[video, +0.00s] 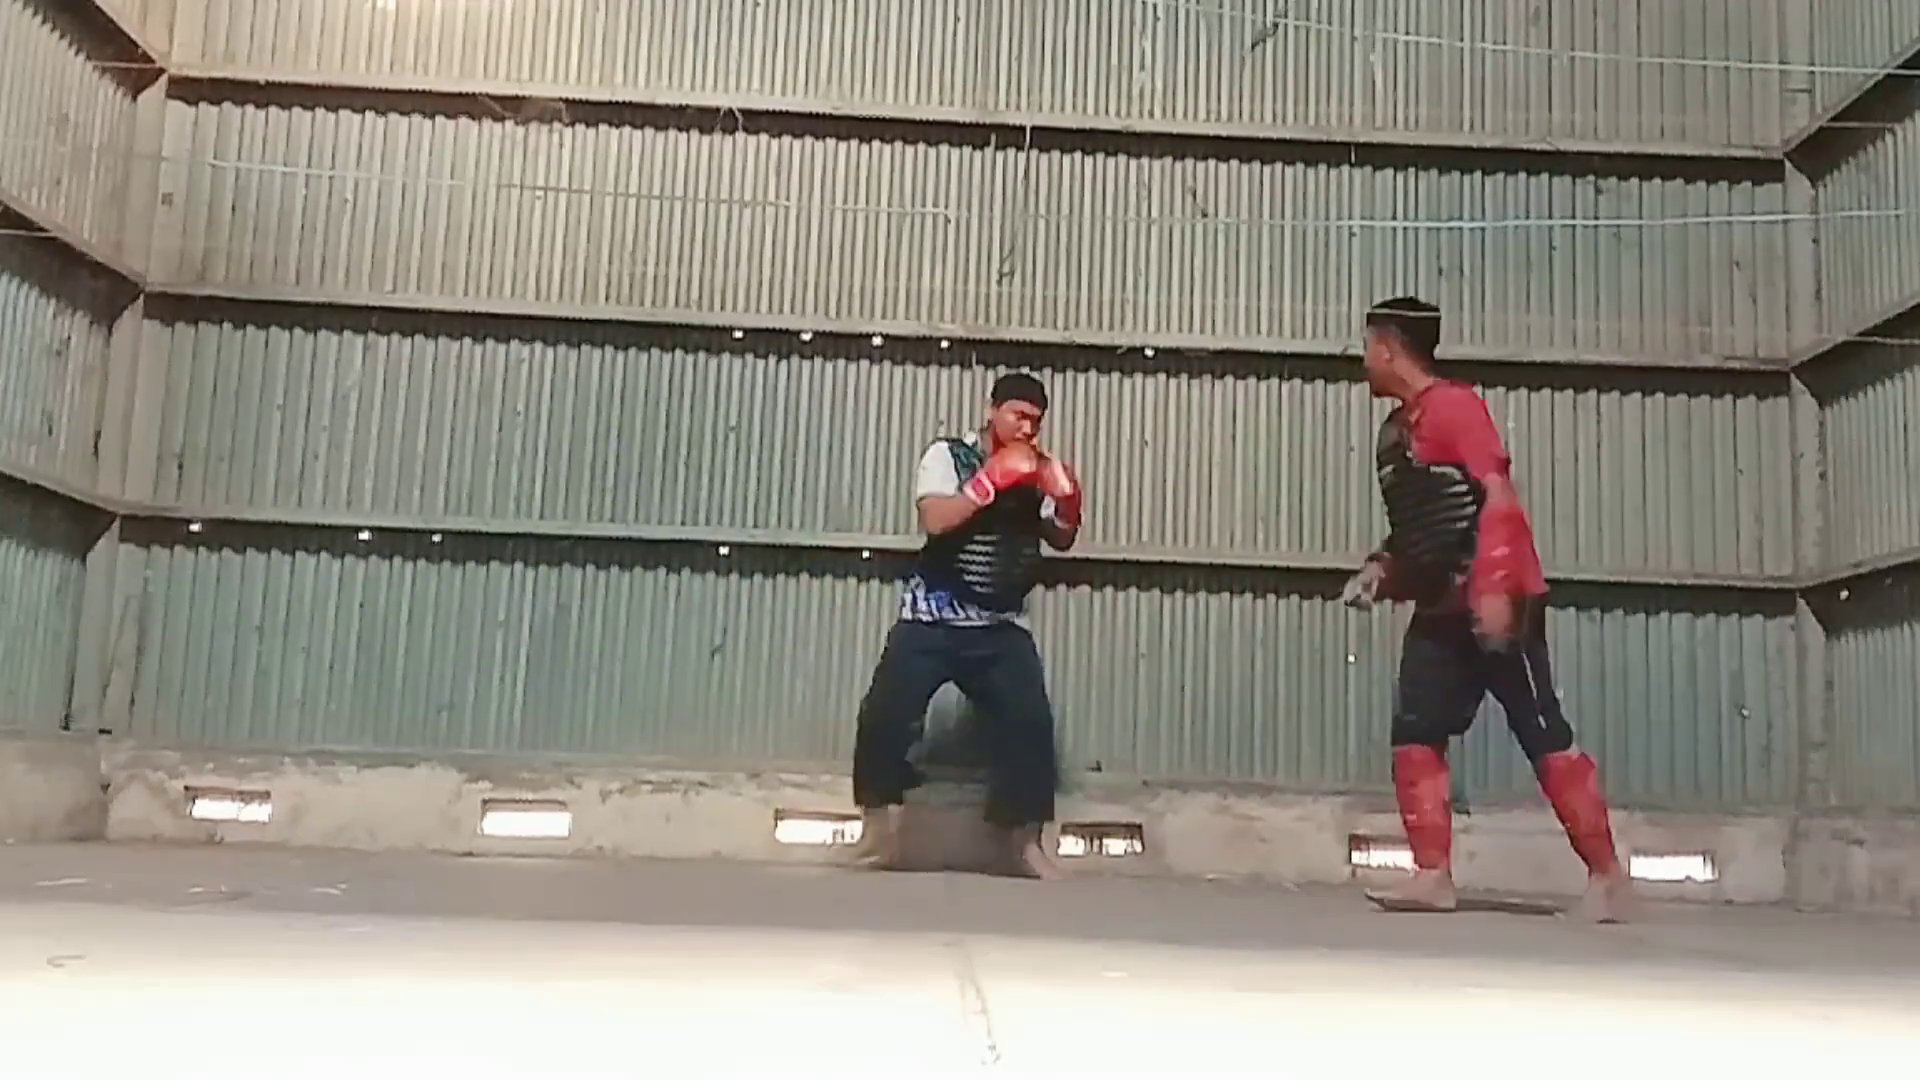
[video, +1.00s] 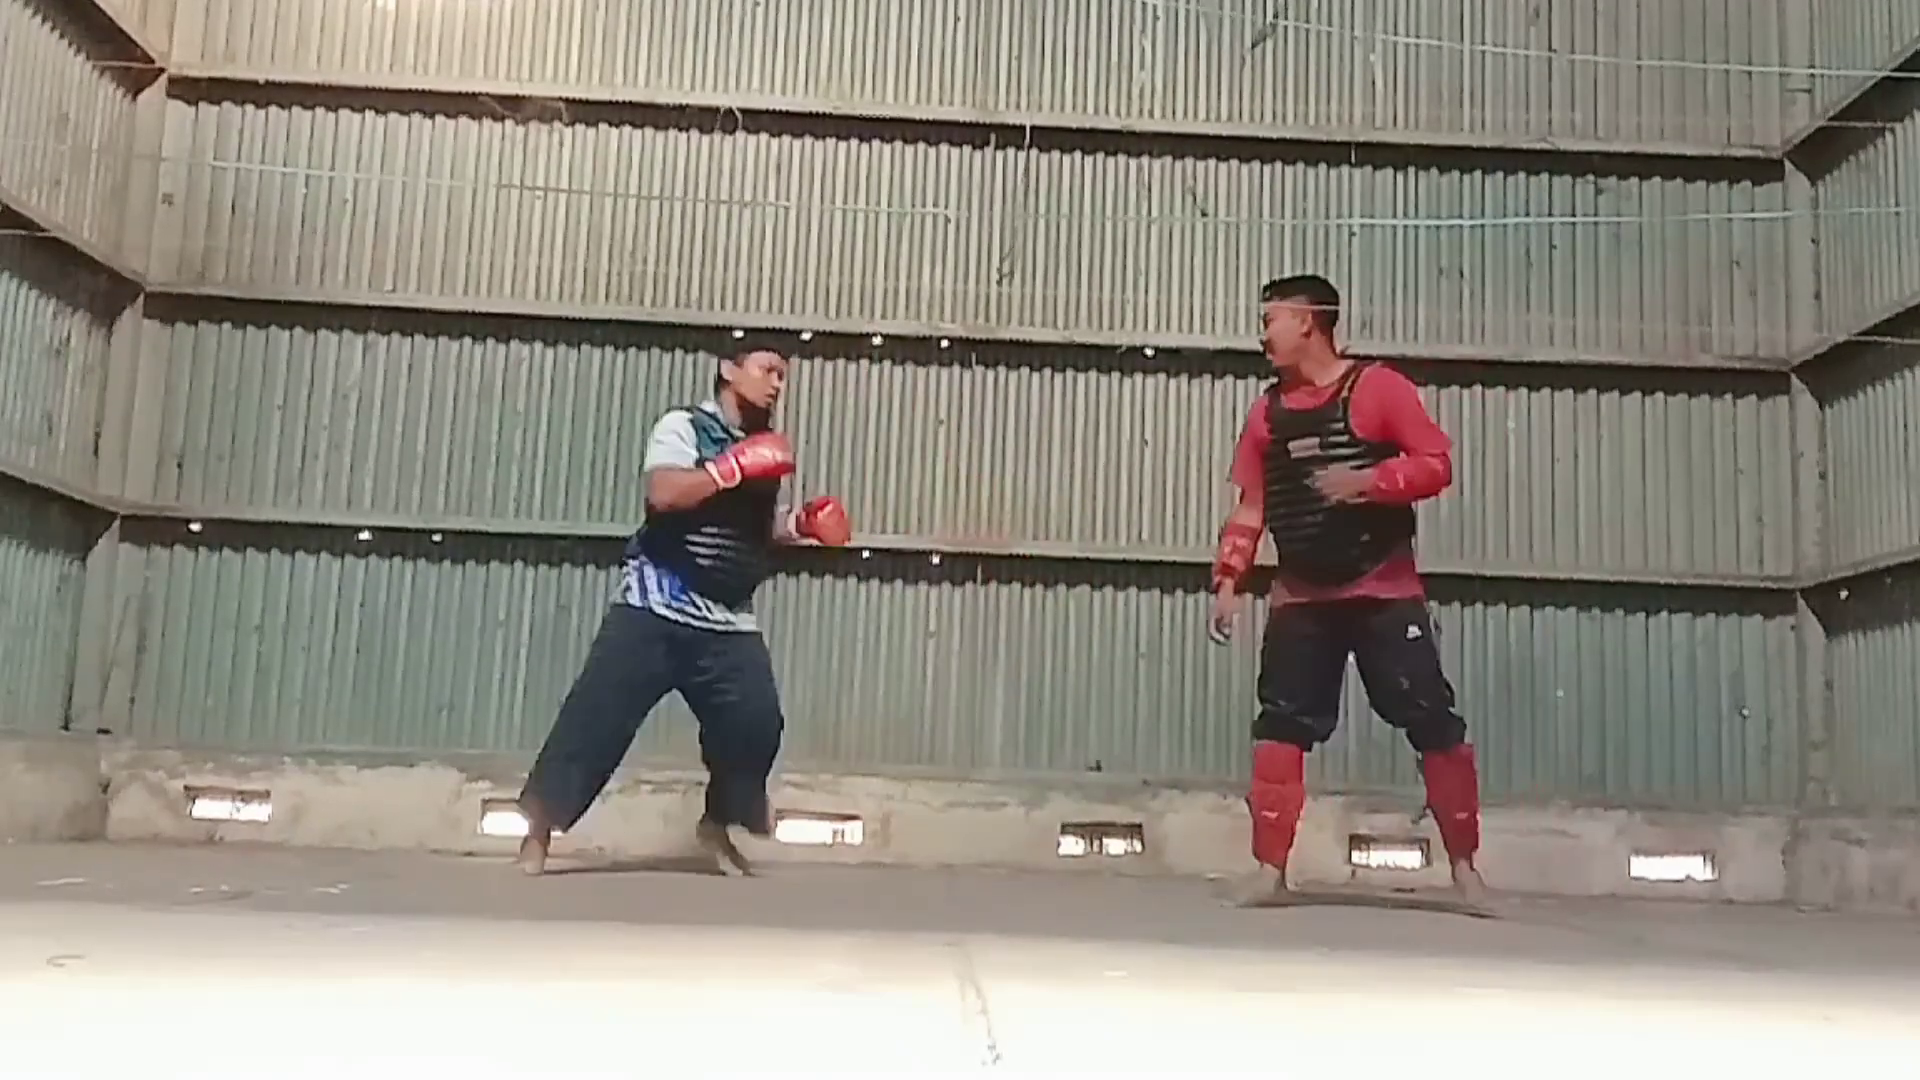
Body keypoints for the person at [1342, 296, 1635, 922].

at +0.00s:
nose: (1364, 360)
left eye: (1369, 347)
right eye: (1366, 348)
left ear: (1392, 349)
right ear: (1403, 350)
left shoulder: (1457, 408)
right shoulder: (1401, 425)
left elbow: (1497, 496)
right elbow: (1423, 520)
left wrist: (1494, 584)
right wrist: (1387, 566)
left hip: (1498, 594)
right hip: (1440, 605)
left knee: (1542, 732)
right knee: (1417, 731)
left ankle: (1608, 874)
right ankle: (1432, 876)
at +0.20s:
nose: (1352, 354)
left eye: (1358, 341)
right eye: (1354, 342)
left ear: (1386, 341)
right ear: (1385, 343)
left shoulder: (1463, 396)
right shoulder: (1378, 431)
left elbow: (1547, 458)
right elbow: (1373, 519)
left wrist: (1540, 536)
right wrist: (1353, 565)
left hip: (1491, 597)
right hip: (1420, 608)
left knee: (1508, 722)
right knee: (1410, 738)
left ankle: (1570, 867)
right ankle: (1435, 881)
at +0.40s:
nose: (1366, 347)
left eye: (1372, 334)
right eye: (1367, 335)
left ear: (1401, 332)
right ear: (1403, 334)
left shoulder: (1479, 398)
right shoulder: (1393, 419)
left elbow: (1527, 482)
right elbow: (1392, 513)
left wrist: (1454, 545)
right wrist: (1363, 546)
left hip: (1489, 613)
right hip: (1414, 610)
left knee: (1520, 738)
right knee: (1346, 711)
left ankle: (1538, 890)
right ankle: (1399, 849)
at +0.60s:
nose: (1354, 342)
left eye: (1361, 328)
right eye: (1354, 329)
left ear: (1396, 328)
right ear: (1391, 330)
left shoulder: (1465, 389)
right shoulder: (1375, 410)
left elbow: (1482, 481)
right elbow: (1366, 500)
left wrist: (1381, 484)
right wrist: (1334, 549)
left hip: (1458, 603)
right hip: (1378, 601)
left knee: (1500, 737)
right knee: (1322, 721)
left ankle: (1535, 890)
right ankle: (1277, 859)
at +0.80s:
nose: (1296, 335)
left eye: (1305, 323)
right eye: (1297, 324)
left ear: (1343, 329)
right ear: (1332, 331)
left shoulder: (1411, 398)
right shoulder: (1302, 418)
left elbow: (1461, 484)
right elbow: (1282, 507)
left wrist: (1388, 495)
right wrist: (1268, 566)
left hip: (1405, 609)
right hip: (1322, 611)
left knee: (1462, 728)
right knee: (1295, 733)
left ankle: (1516, 873)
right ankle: (1273, 872)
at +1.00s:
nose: (1263, 334)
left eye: (1272, 320)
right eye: (1263, 322)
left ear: (1312, 322)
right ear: (1295, 326)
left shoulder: (1382, 388)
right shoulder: (1266, 414)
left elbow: (1435, 467)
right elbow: (1250, 507)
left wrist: (1365, 482)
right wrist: (1227, 583)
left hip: (1384, 592)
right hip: (1300, 598)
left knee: (1430, 718)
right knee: (1282, 721)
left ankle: (1464, 869)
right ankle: (1270, 872)